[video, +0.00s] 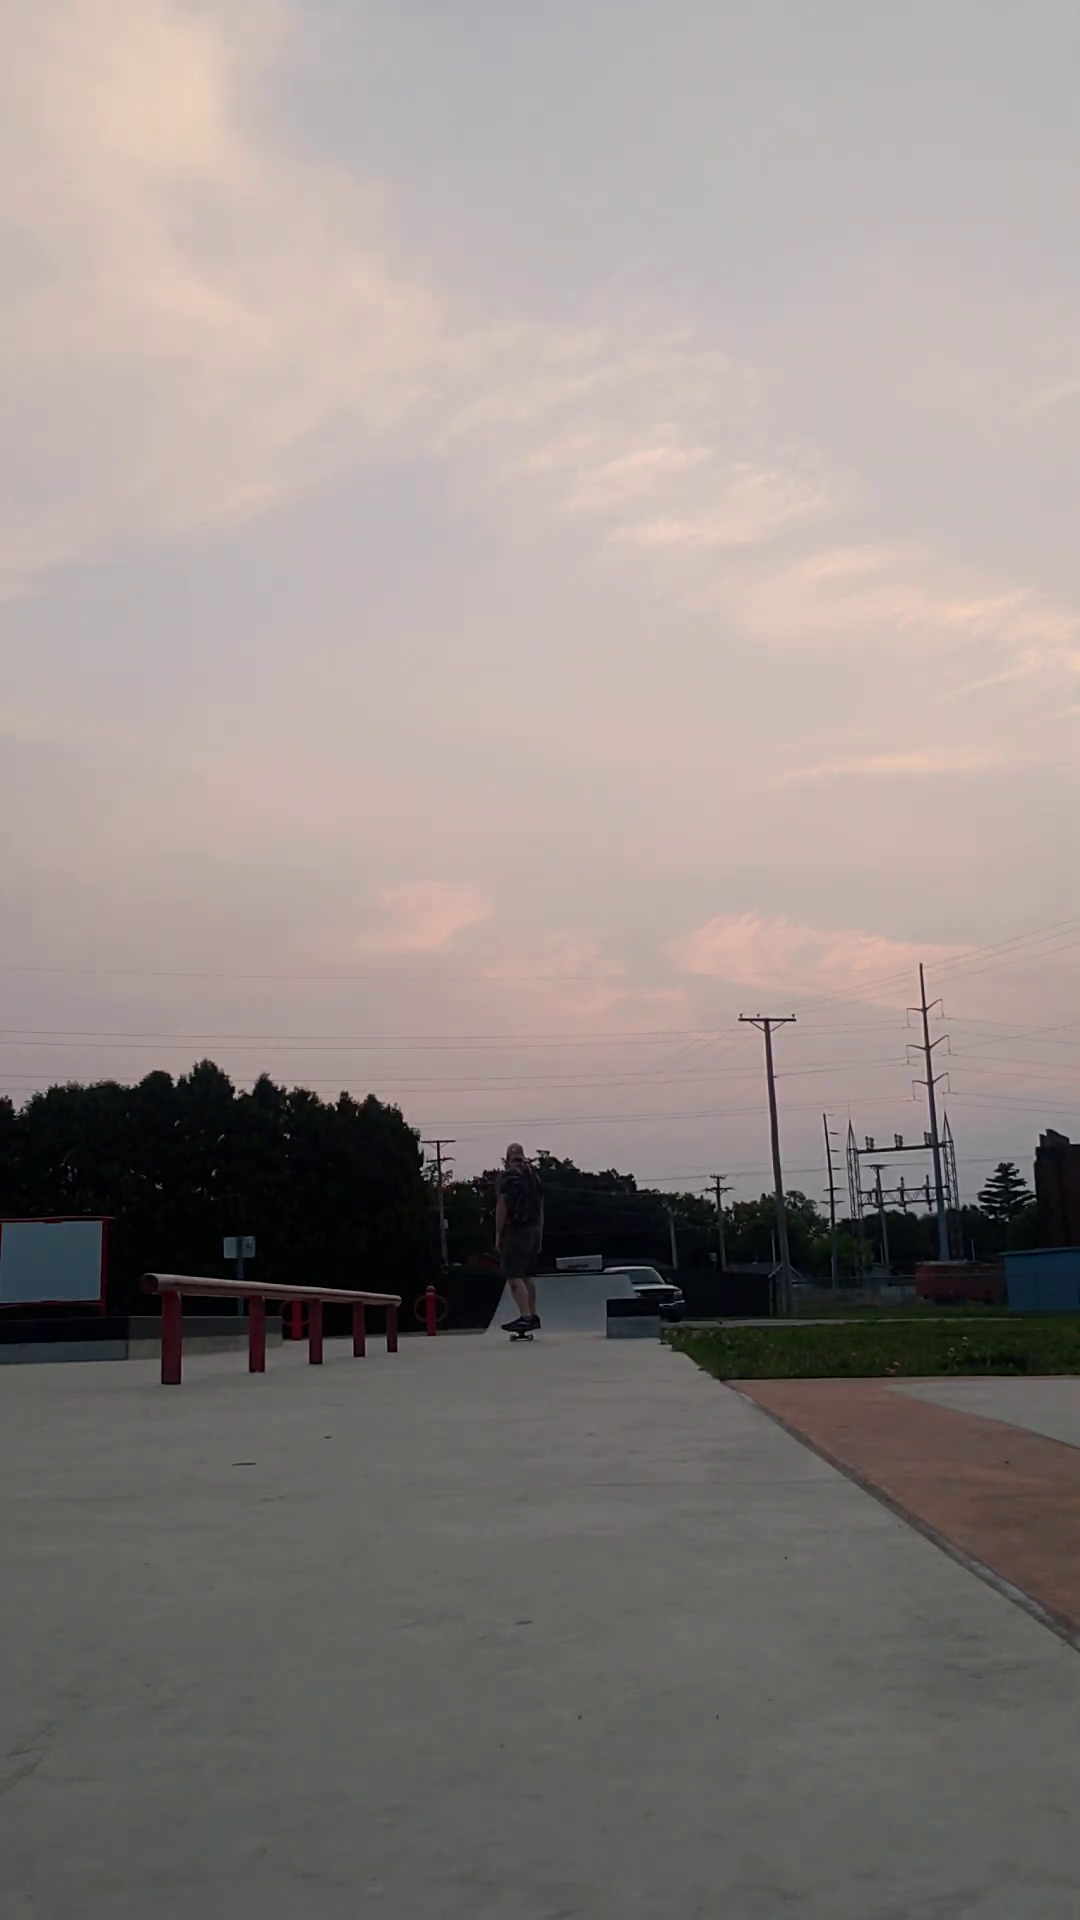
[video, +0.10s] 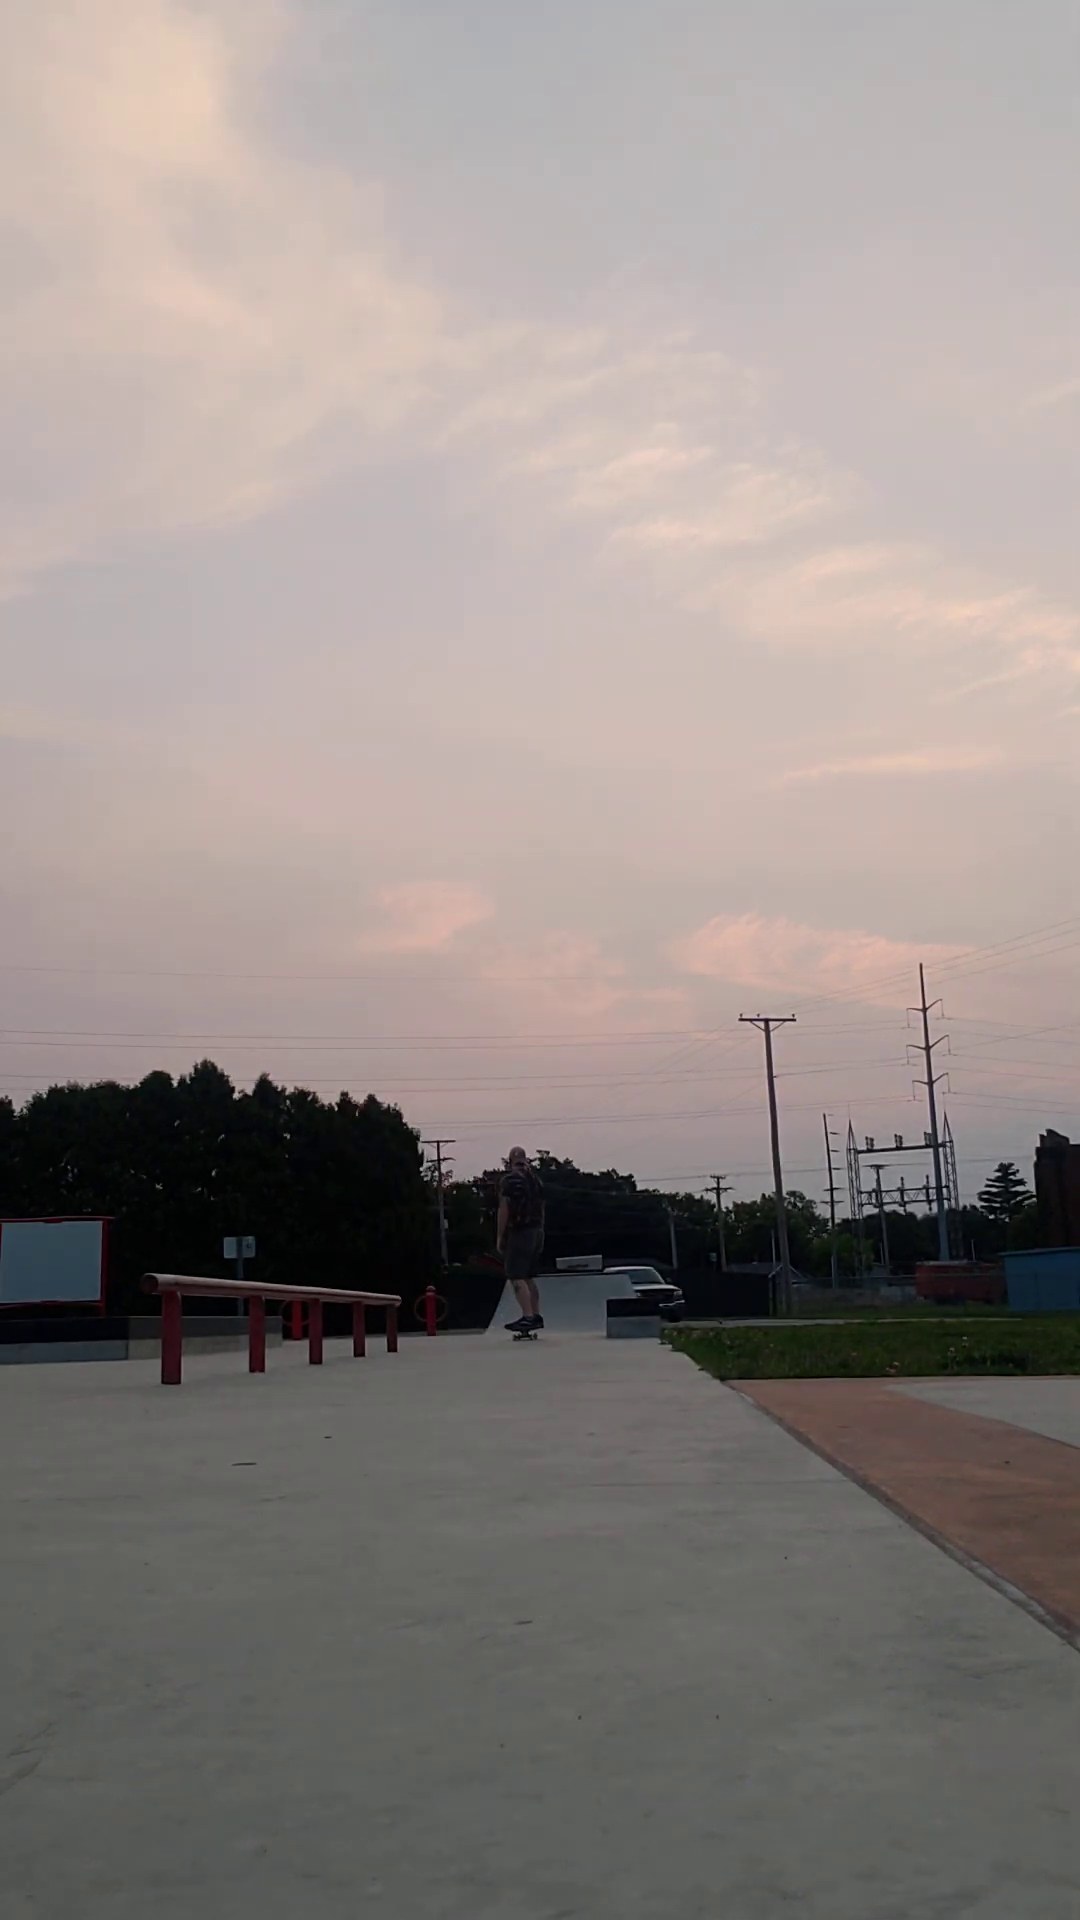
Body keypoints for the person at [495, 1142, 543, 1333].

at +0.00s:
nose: (514, 1159)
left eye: (511, 1155)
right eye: (517, 1155)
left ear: (507, 1157)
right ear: (524, 1157)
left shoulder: (506, 1176)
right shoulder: (533, 1176)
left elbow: (502, 1207)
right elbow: (539, 1207)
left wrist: (498, 1234)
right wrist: (539, 1234)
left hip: (515, 1231)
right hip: (533, 1231)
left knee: (514, 1276)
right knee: (526, 1275)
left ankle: (525, 1315)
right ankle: (532, 1315)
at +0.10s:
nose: (518, 1162)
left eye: (518, 1159)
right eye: (518, 1159)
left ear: (510, 1161)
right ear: (526, 1160)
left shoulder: (509, 1180)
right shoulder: (535, 1179)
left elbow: (504, 1209)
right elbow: (540, 1208)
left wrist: (500, 1235)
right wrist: (540, 1230)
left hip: (518, 1232)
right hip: (535, 1231)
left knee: (516, 1276)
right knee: (528, 1276)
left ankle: (528, 1316)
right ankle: (535, 1315)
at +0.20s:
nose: (518, 1166)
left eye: (517, 1162)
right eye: (520, 1162)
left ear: (512, 1163)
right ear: (528, 1163)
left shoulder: (511, 1182)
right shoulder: (537, 1182)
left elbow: (506, 1211)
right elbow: (542, 1211)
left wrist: (501, 1237)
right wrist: (540, 1231)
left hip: (520, 1234)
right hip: (537, 1233)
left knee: (518, 1277)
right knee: (529, 1276)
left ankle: (531, 1315)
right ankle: (538, 1314)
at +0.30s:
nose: (512, 1165)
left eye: (513, 1162)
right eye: (515, 1162)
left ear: (515, 1165)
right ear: (529, 1165)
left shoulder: (515, 1184)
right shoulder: (538, 1183)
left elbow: (509, 1212)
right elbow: (543, 1211)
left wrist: (503, 1239)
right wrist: (539, 1230)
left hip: (523, 1236)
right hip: (539, 1235)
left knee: (520, 1277)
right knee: (531, 1277)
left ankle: (533, 1313)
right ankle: (541, 1314)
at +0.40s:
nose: (516, 1173)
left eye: (516, 1169)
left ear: (516, 1170)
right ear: (531, 1170)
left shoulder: (518, 1188)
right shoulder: (540, 1187)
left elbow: (513, 1216)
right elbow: (545, 1213)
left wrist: (506, 1241)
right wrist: (542, 1232)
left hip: (525, 1238)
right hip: (541, 1237)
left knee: (523, 1278)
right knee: (535, 1278)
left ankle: (535, 1313)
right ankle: (543, 1313)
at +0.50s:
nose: (521, 1175)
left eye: (520, 1172)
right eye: (524, 1171)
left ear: (520, 1173)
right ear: (534, 1172)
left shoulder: (521, 1192)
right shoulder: (542, 1190)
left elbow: (517, 1219)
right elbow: (545, 1216)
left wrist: (510, 1244)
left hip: (529, 1240)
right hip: (543, 1239)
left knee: (525, 1278)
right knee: (536, 1279)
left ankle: (540, 1313)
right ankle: (545, 1314)